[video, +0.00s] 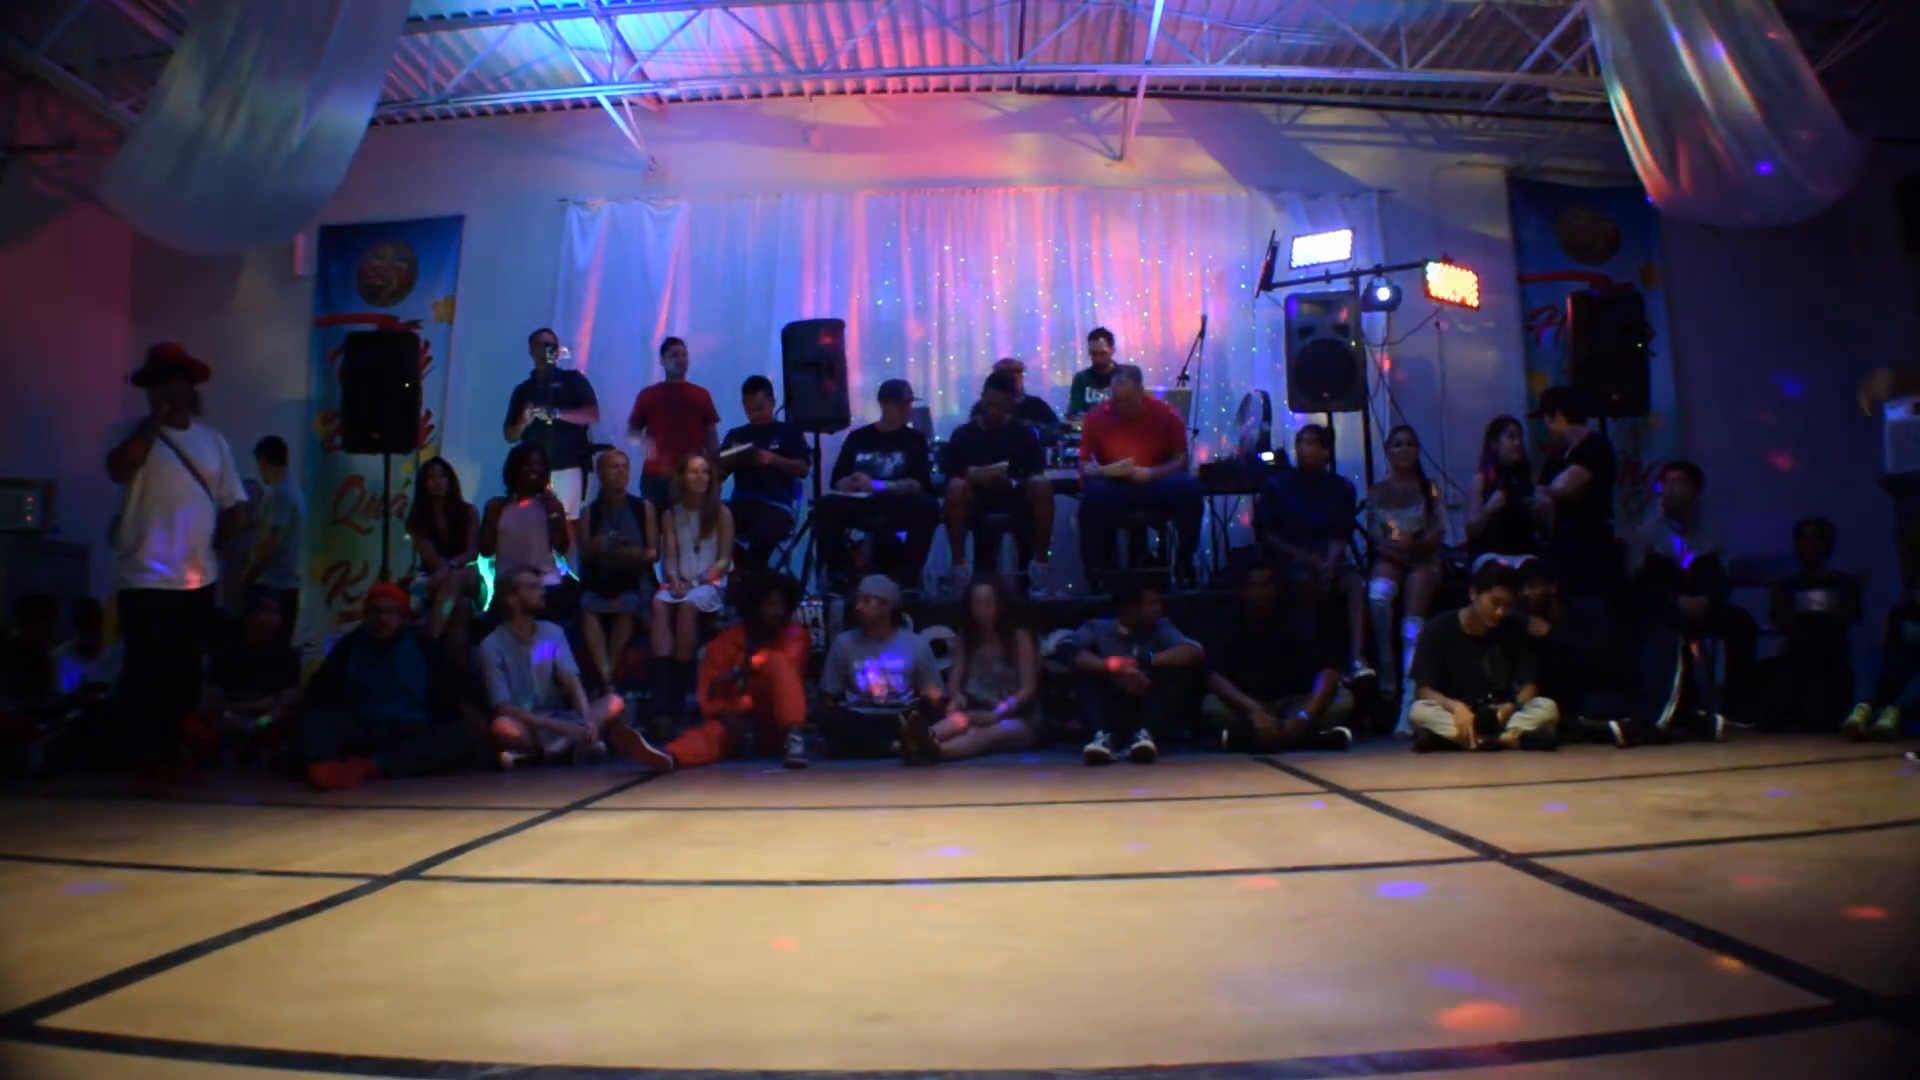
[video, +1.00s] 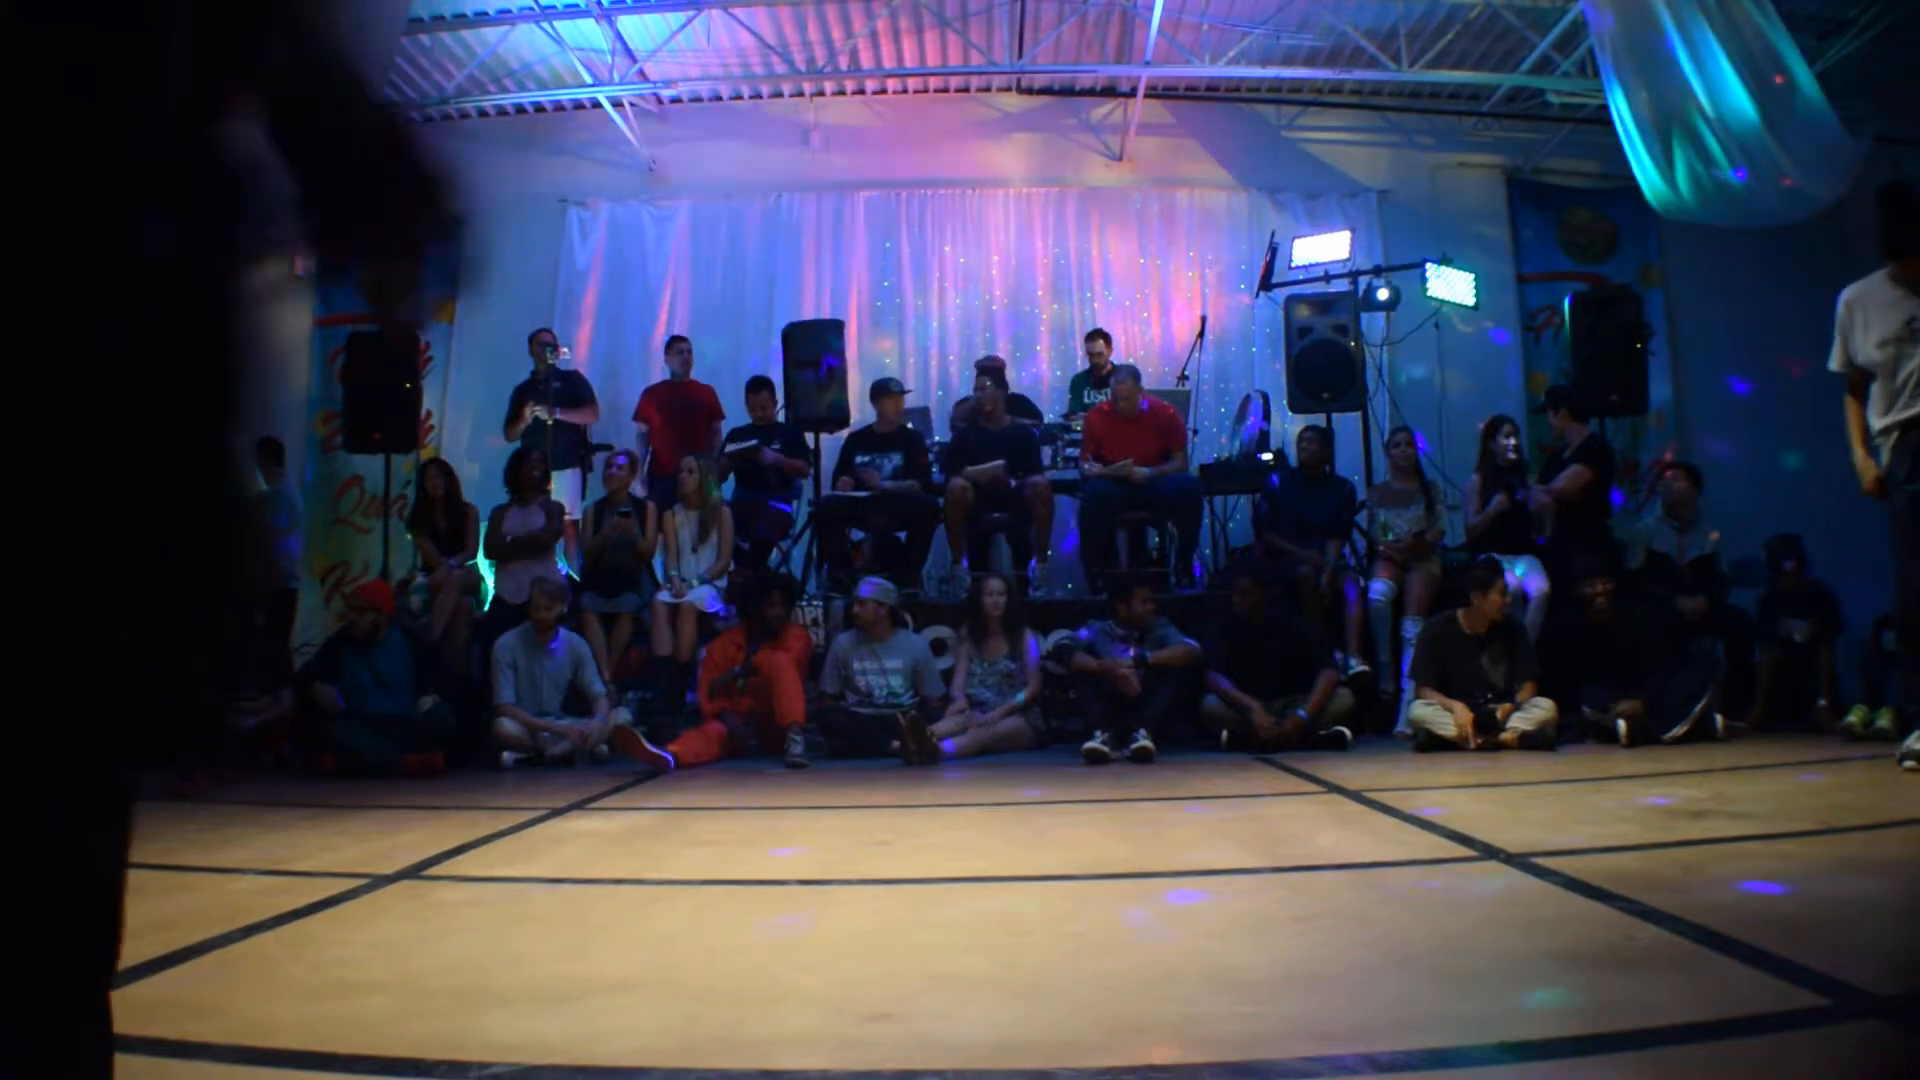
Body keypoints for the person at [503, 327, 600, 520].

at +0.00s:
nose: (548, 351)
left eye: (552, 346)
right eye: (542, 346)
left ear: (558, 351)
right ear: (531, 351)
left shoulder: (573, 379)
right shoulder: (523, 389)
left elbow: (592, 415)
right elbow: (510, 435)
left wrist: (556, 414)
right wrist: (523, 422)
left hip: (568, 464)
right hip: (534, 467)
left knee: (567, 524)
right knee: (534, 523)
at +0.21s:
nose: (550, 352)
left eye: (554, 347)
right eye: (544, 347)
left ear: (560, 352)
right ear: (533, 352)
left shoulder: (575, 380)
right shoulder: (524, 390)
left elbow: (593, 416)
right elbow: (511, 435)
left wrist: (557, 414)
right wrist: (525, 422)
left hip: (569, 465)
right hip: (536, 467)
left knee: (570, 525)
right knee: (537, 526)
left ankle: (574, 577)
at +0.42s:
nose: (548, 350)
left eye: (552, 346)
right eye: (542, 346)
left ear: (559, 351)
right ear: (531, 351)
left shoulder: (573, 379)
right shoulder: (522, 390)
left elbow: (592, 415)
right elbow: (510, 434)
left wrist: (556, 413)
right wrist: (524, 420)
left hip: (568, 463)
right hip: (535, 465)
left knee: (569, 524)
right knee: (535, 522)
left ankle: (573, 576)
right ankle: (538, 577)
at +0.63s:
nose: (548, 350)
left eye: (552, 345)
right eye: (542, 345)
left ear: (559, 350)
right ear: (531, 350)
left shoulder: (573, 379)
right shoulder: (522, 389)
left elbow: (591, 415)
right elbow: (509, 435)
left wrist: (556, 414)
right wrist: (524, 419)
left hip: (567, 464)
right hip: (534, 465)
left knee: (568, 525)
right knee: (534, 523)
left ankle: (571, 578)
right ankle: (537, 578)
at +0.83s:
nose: (548, 350)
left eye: (552, 346)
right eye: (542, 346)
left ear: (559, 350)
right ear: (531, 351)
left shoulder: (573, 379)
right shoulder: (522, 389)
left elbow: (592, 415)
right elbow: (509, 434)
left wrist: (556, 413)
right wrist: (524, 420)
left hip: (568, 463)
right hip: (535, 465)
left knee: (569, 524)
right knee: (534, 522)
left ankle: (572, 577)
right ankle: (537, 579)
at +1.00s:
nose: (548, 350)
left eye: (552, 346)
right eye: (542, 346)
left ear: (559, 350)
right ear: (531, 351)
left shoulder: (573, 379)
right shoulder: (522, 389)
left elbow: (592, 414)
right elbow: (510, 434)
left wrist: (556, 413)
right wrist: (524, 420)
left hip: (568, 463)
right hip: (535, 465)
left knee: (569, 524)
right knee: (534, 522)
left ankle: (572, 577)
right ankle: (537, 580)